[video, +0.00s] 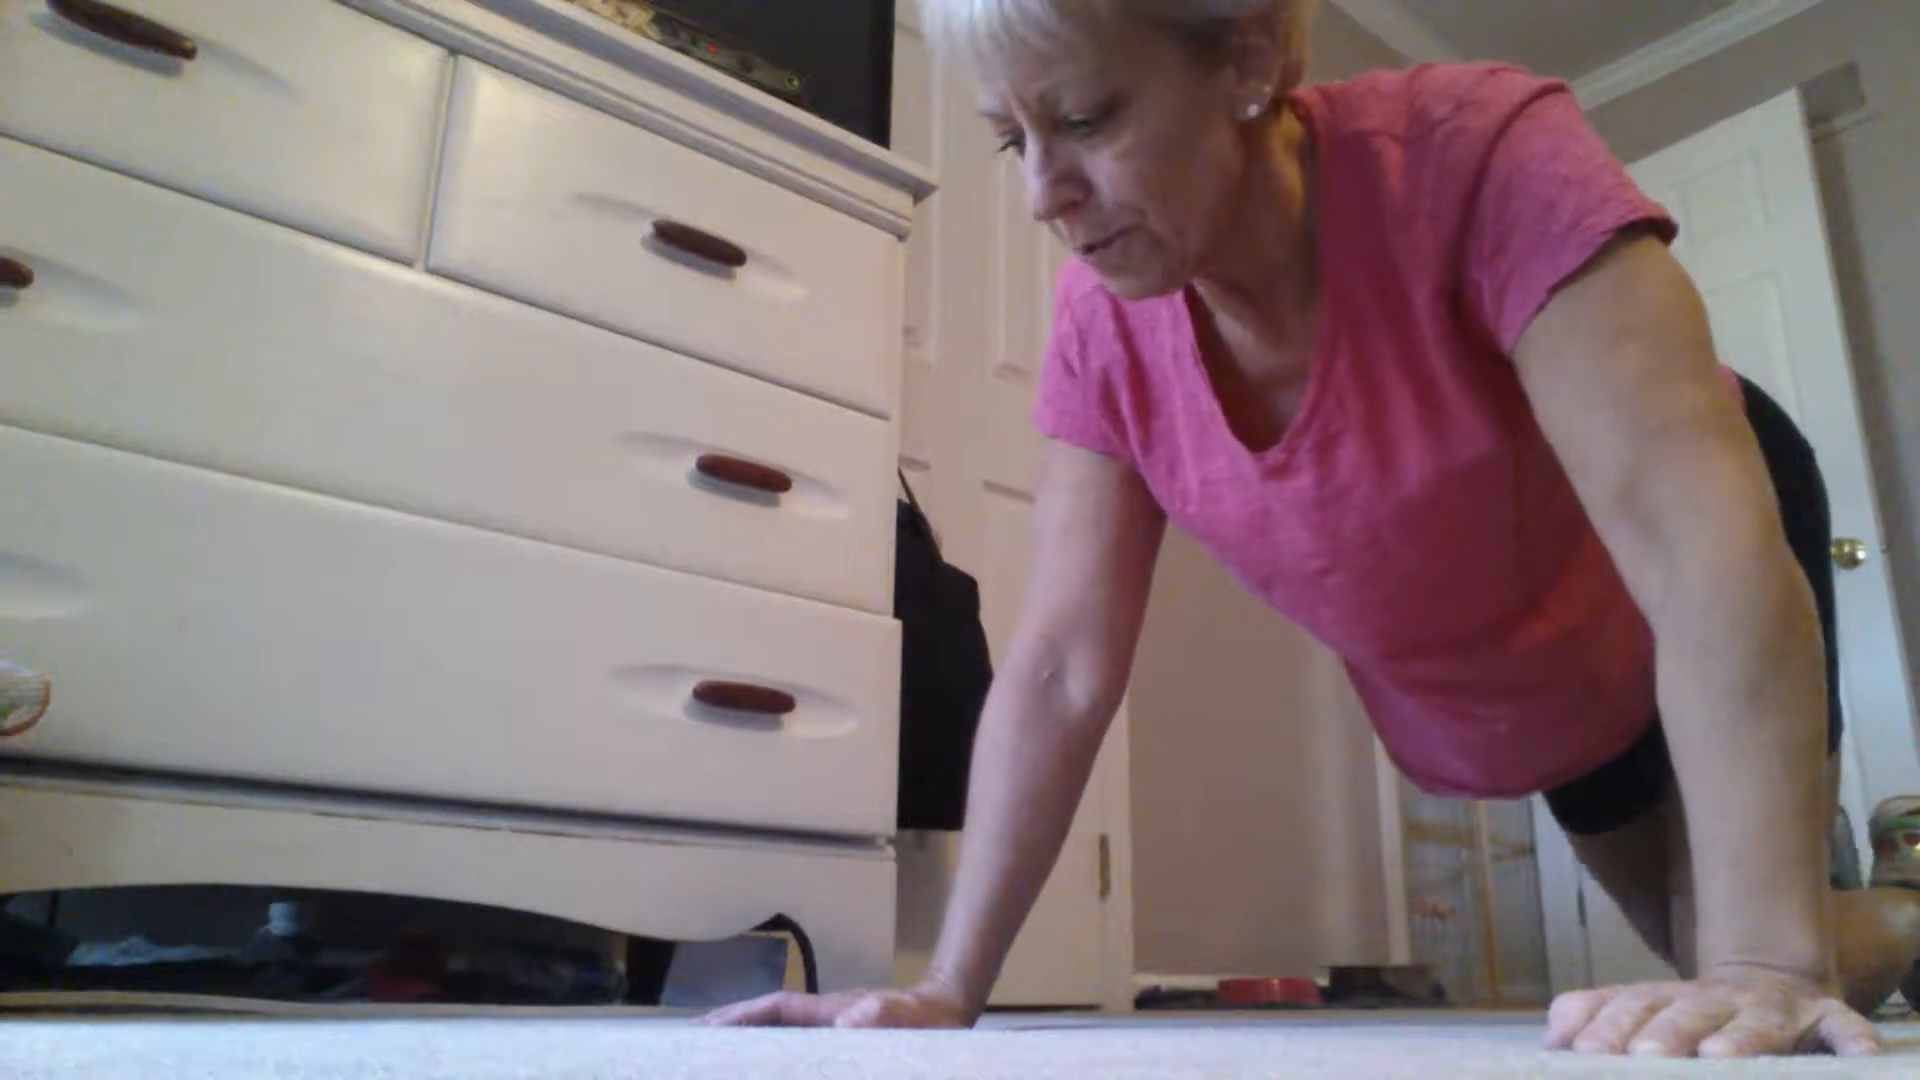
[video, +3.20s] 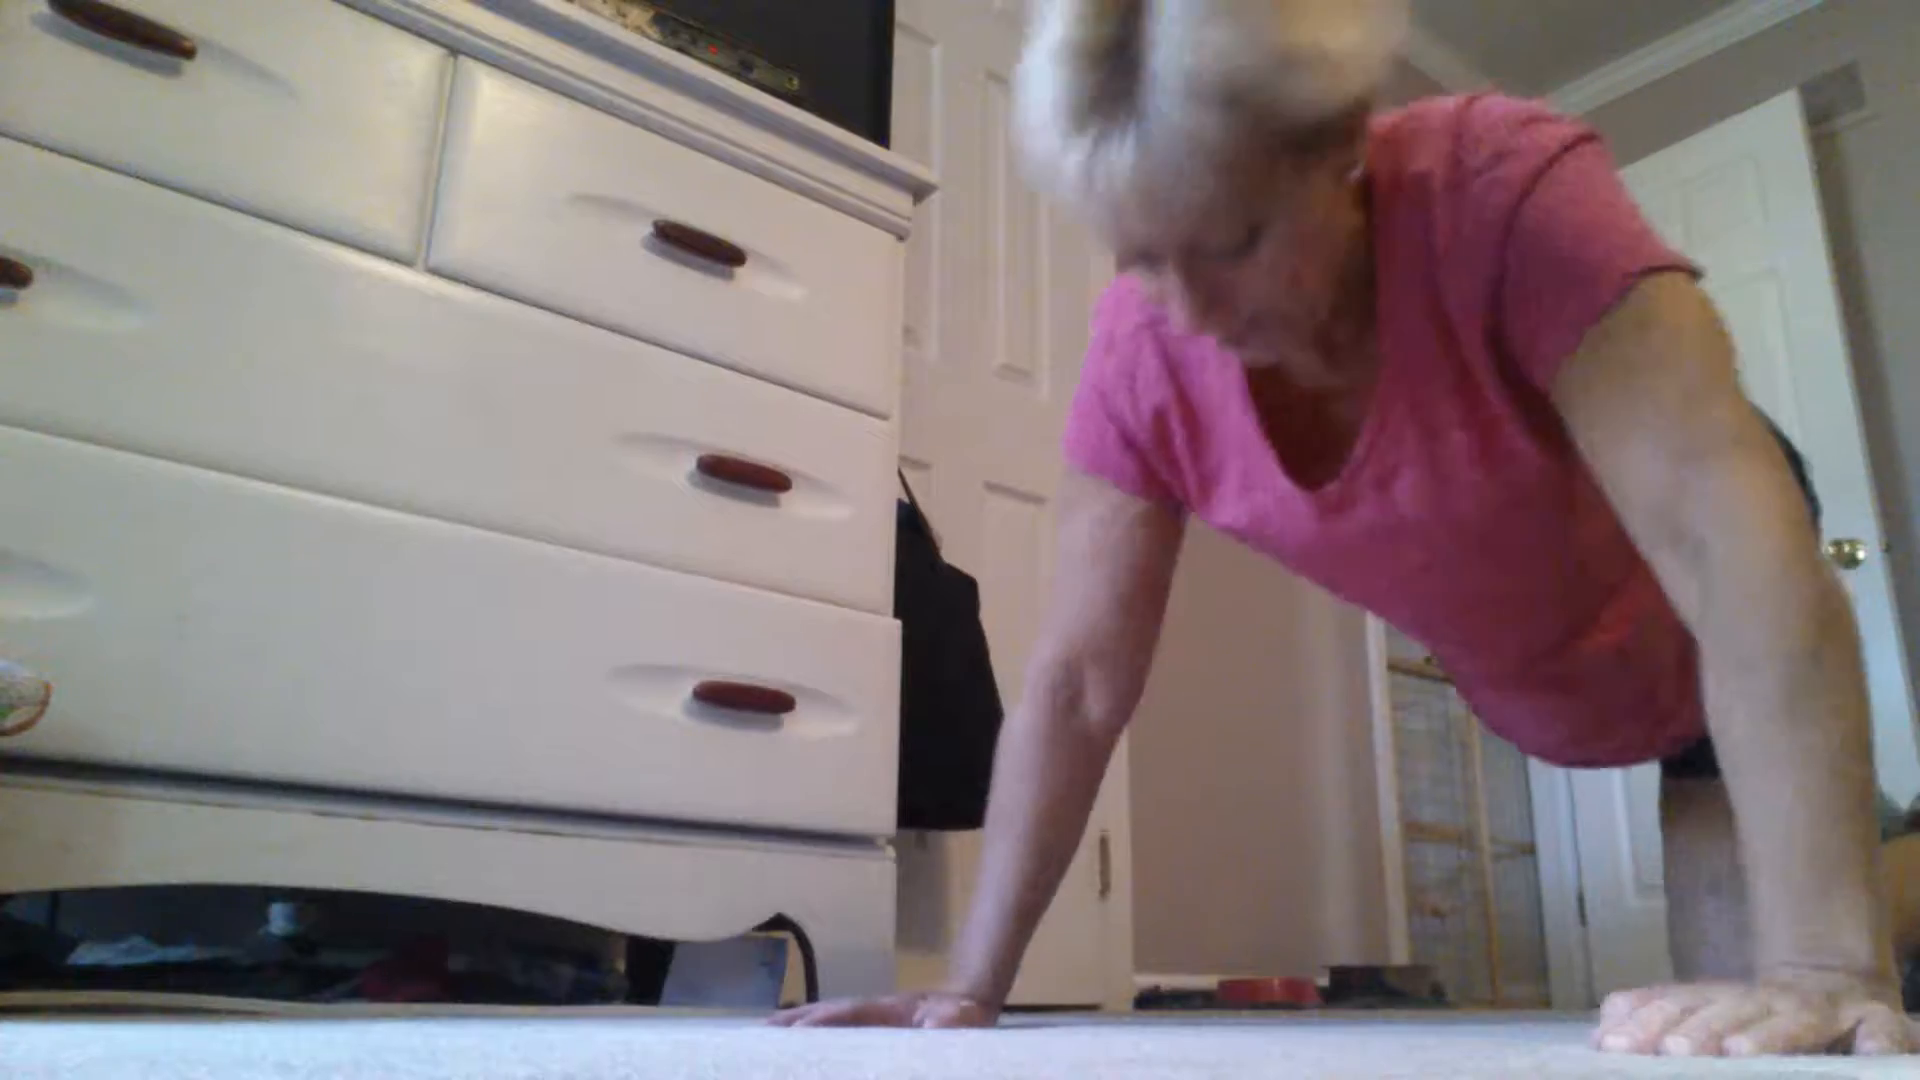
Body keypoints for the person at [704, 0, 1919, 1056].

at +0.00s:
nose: (1047, 194)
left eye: (1085, 125)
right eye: (1014, 141)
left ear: (1249, 63)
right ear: (995, 133)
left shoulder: (1484, 154)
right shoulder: (1105, 313)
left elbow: (1699, 516)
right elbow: (1057, 671)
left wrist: (1764, 970)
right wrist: (949, 983)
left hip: (1697, 566)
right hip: (1534, 692)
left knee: (1791, 947)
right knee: (1730, 970)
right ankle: (1895, 931)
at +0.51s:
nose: (1178, 167)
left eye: (1228, 88)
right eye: (1126, 115)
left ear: (1362, 56)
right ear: (1096, 116)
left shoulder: (1545, 138)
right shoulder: (1146, 318)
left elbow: (1716, 520)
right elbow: (1069, 681)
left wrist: (1761, 976)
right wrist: (948, 988)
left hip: (1705, 597)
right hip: (1557, 698)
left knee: (1778, 942)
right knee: (1699, 804)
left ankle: (1905, 929)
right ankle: (1866, 907)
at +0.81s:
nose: (1320, 124)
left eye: (1371, 47)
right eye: (1252, 75)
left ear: (1454, 33)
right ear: (1190, 87)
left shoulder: (1602, 127)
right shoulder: (1186, 307)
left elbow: (1731, 514)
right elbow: (1088, 680)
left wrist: (1769, 968)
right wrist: (953, 980)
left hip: (1747, 570)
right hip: (1557, 674)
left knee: (1774, 926)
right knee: (1761, 913)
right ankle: (1875, 921)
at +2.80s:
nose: (1219, 187)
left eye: (1268, 120)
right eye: (1173, 135)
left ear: (1397, 68)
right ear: (1133, 115)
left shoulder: (1567, 169)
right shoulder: (1171, 331)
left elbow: (1714, 531)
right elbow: (1080, 690)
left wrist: (1771, 971)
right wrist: (951, 983)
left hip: (1719, 592)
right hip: (1529, 687)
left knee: (1779, 939)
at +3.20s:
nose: (1195, 302)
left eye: (1232, 248)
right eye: (1152, 261)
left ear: (1343, 162)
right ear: (1111, 228)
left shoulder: (1501, 195)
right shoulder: (1142, 349)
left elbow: (1731, 518)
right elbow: (1080, 678)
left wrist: (1820, 976)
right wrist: (966, 991)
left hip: (1754, 621)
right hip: (1641, 703)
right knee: (1729, 1016)